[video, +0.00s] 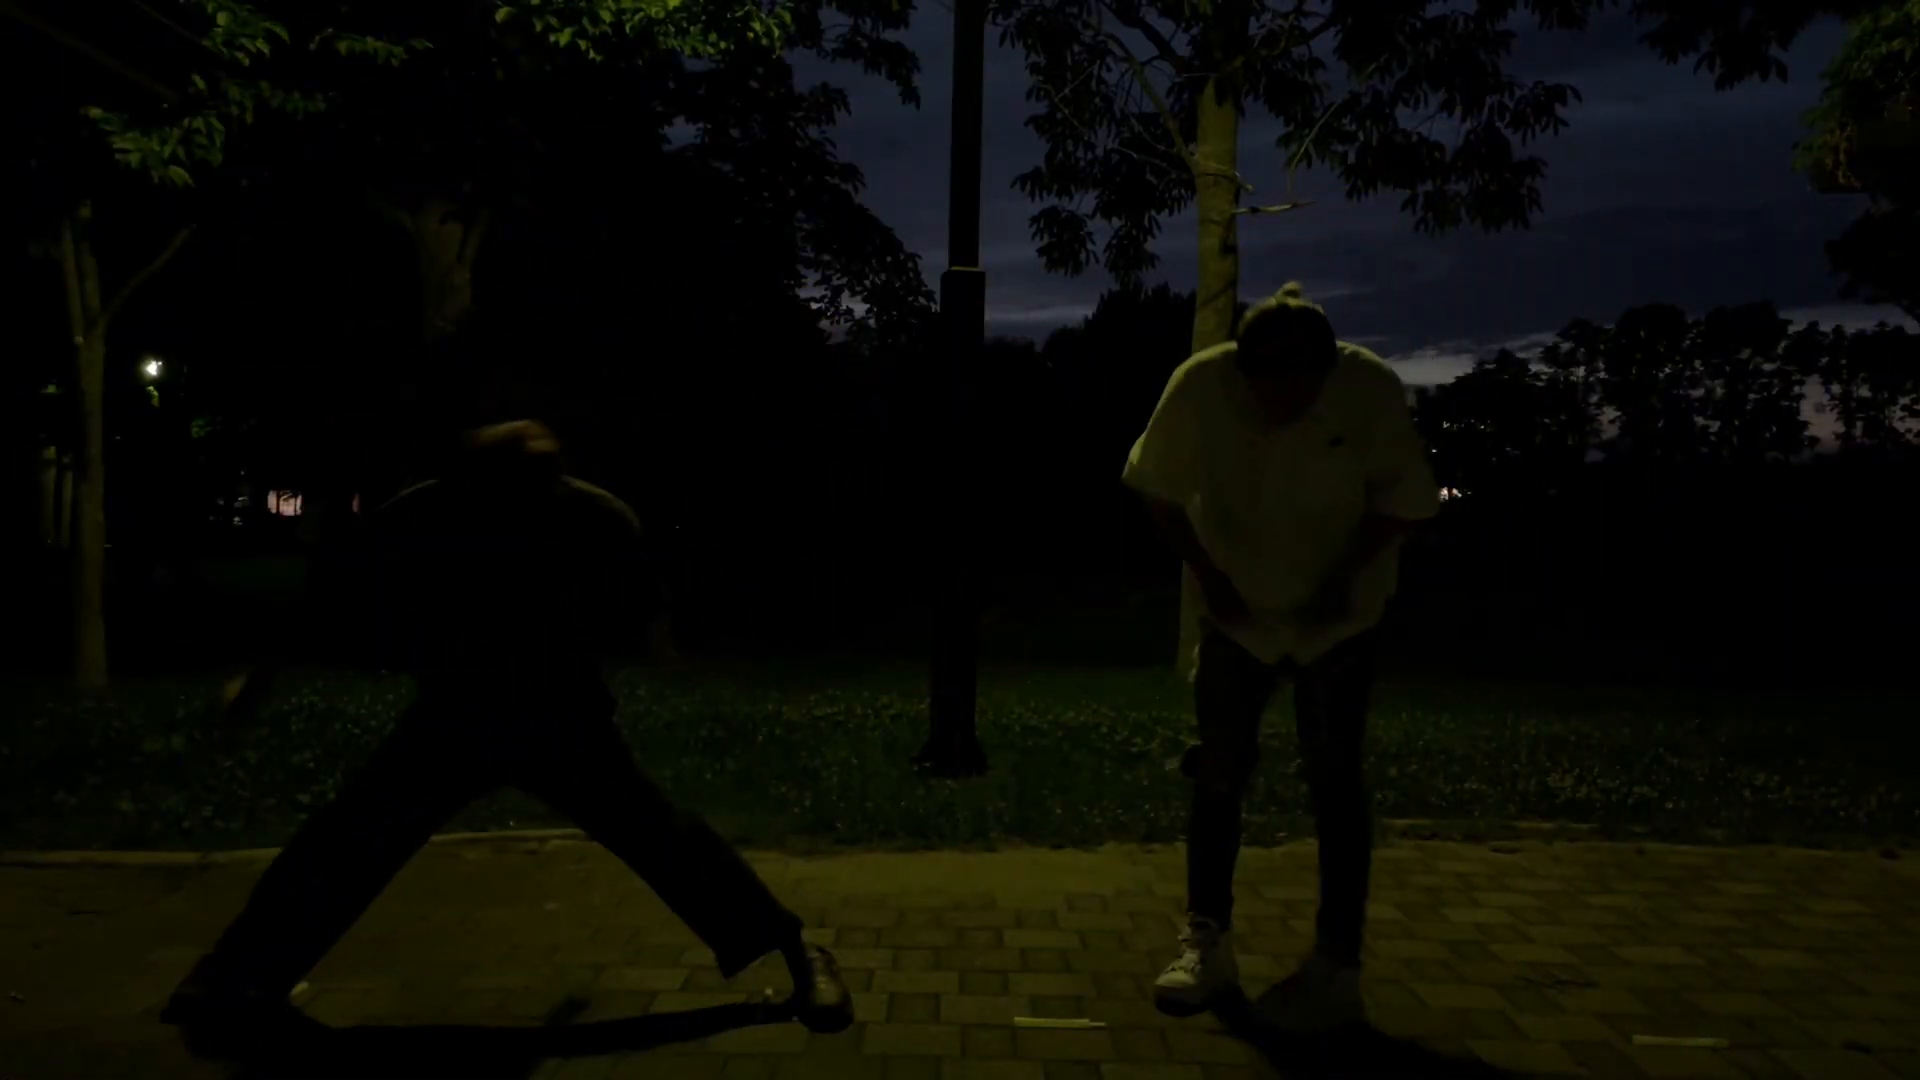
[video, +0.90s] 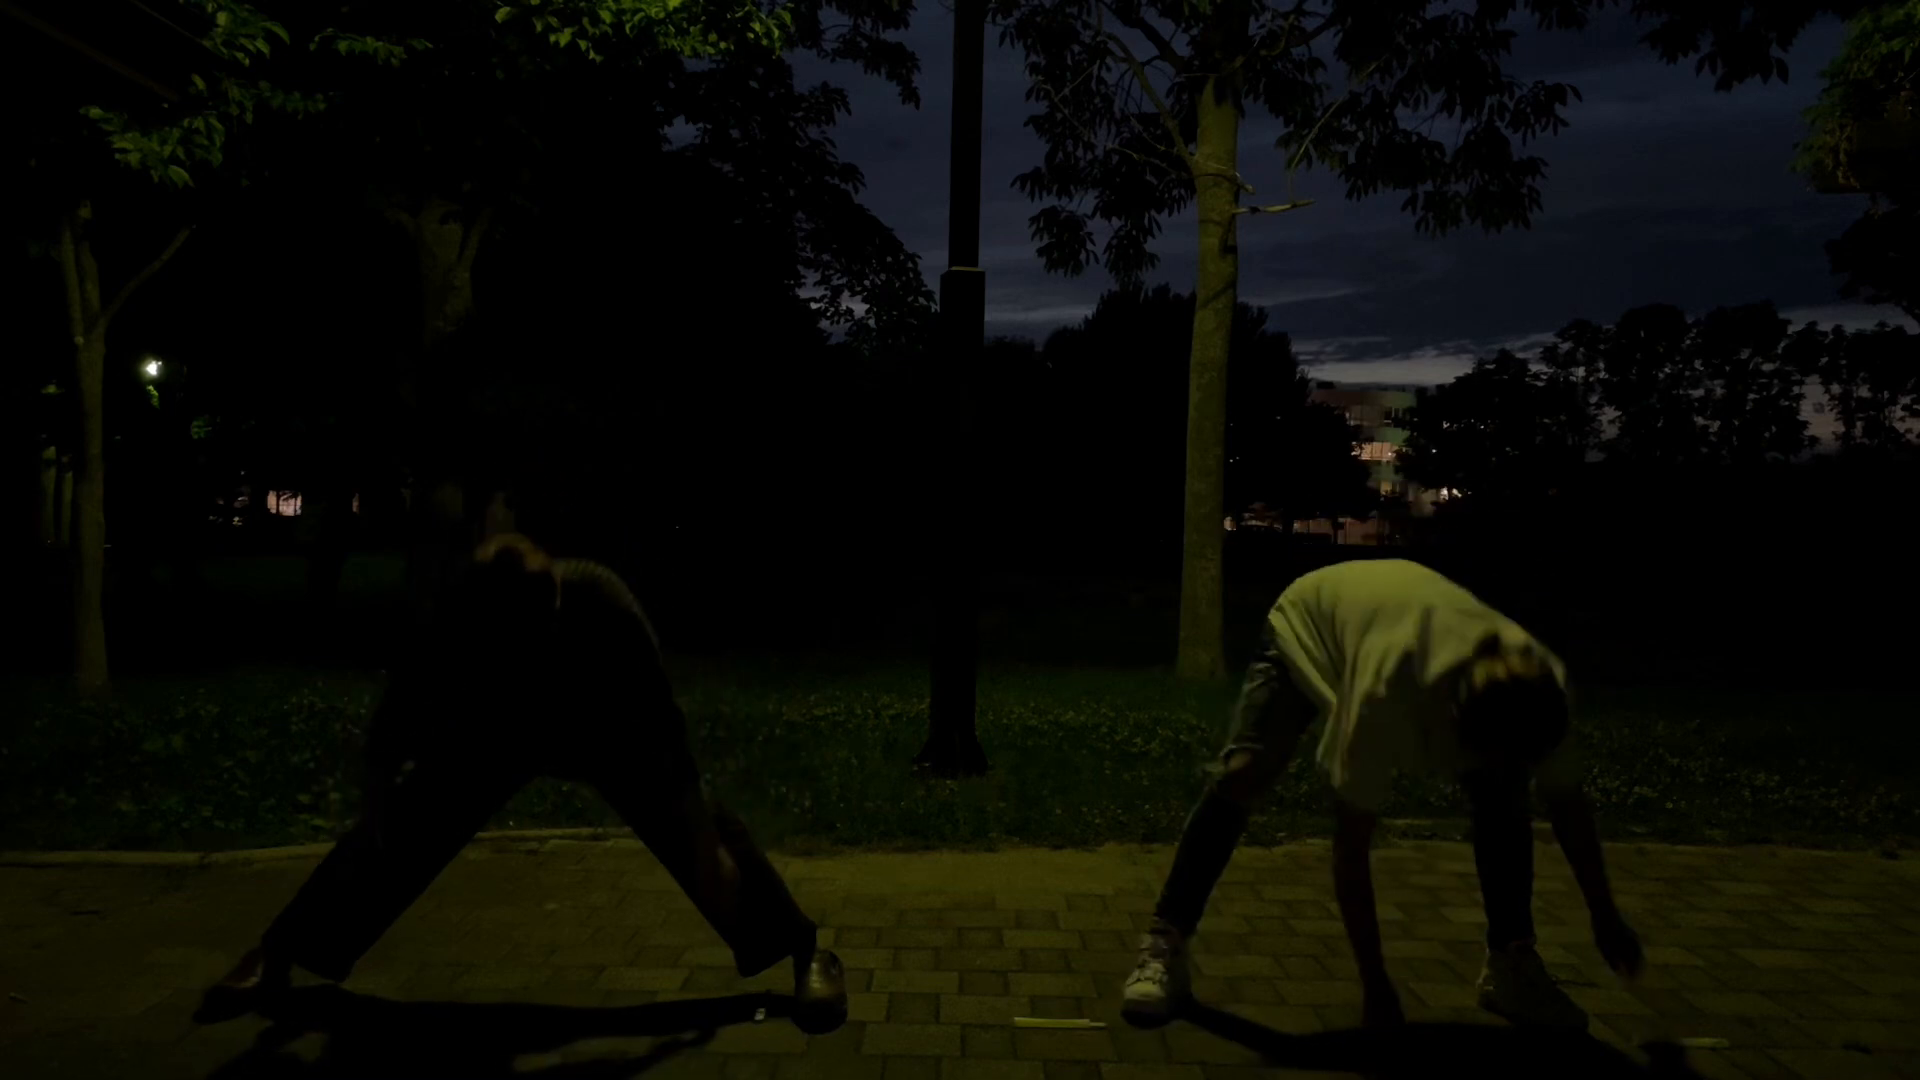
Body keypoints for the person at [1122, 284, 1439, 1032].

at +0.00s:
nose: (1278, 407)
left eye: (1294, 391)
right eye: (1267, 389)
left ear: (1323, 368)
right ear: (1244, 366)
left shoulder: (1371, 389)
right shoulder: (1200, 384)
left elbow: (1407, 501)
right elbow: (1157, 492)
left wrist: (1340, 581)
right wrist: (1213, 582)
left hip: (1339, 616)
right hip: (1234, 615)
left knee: (1338, 782)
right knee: (1217, 771)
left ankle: (1337, 965)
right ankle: (1205, 944)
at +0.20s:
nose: (1328, 440)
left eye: (1341, 423)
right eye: (1317, 423)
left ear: (1361, 401)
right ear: (1286, 400)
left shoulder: (1393, 422)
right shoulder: (1217, 420)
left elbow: (1407, 540)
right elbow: (1176, 532)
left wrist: (1371, 633)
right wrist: (1236, 627)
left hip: (1346, 627)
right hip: (1239, 624)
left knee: (1387, 777)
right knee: (1215, 775)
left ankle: (1431, 946)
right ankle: (1203, 943)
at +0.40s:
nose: (1395, 496)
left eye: (1406, 481)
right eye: (1385, 479)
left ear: (1424, 459)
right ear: (1354, 455)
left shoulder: (1437, 465)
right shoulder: (1278, 458)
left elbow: (1447, 587)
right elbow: (1229, 593)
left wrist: (1435, 691)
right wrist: (1297, 711)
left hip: (1378, 631)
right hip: (1271, 629)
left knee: (1434, 788)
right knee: (1222, 770)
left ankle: (1494, 957)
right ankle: (1206, 947)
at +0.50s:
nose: (1448, 552)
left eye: (1462, 539)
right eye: (1441, 536)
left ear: (1480, 514)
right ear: (1408, 507)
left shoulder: (1490, 517)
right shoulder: (1334, 502)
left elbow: (1505, 639)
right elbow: (1281, 638)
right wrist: (1334, 785)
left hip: (1414, 632)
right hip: (1299, 624)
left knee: (1473, 789)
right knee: (1231, 760)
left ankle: (1511, 964)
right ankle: (1200, 942)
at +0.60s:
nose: (1465, 601)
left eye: (1478, 591)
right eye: (1459, 587)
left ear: (1502, 564)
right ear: (1434, 549)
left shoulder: (1518, 558)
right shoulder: (1357, 541)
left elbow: (1528, 684)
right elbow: (1326, 714)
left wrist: (1530, 782)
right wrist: (1356, 841)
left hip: (1416, 640)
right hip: (1310, 622)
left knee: (1484, 783)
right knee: (1238, 751)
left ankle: (1511, 962)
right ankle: (1182, 931)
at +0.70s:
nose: (1496, 687)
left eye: (1506, 677)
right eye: (1487, 674)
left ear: (1526, 634)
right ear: (1458, 630)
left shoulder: (1532, 615)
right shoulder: (1384, 612)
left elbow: (1554, 741)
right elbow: (1348, 783)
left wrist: (1573, 847)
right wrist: (1375, 917)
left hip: (1421, 651)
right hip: (1308, 627)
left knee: (1496, 792)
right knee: (1241, 773)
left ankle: (1512, 963)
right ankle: (1165, 945)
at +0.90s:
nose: (1504, 768)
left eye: (1520, 759)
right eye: (1495, 755)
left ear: (1544, 721)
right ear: (1468, 716)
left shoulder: (1542, 687)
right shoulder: (1387, 687)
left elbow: (1570, 807)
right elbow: (1350, 850)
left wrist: (1606, 916)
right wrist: (1375, 986)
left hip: (1421, 604)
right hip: (1311, 615)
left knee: (1505, 797)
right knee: (1242, 776)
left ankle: (1513, 968)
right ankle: (1165, 950)